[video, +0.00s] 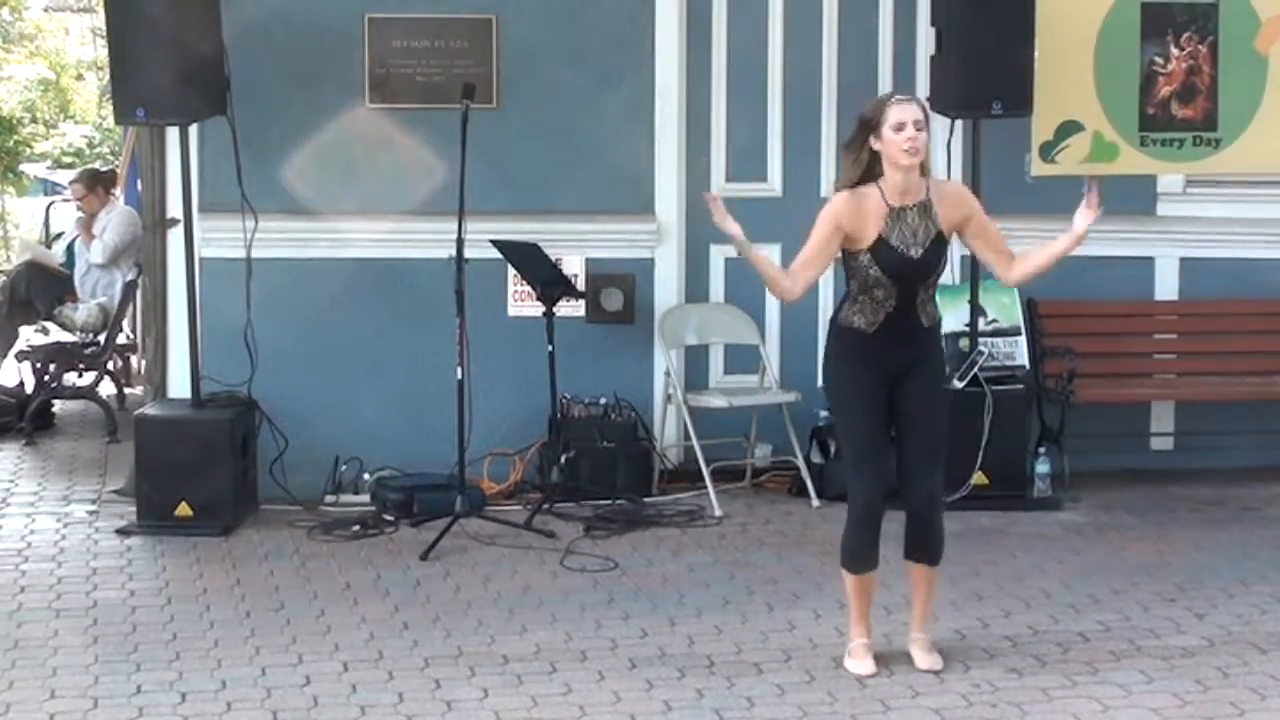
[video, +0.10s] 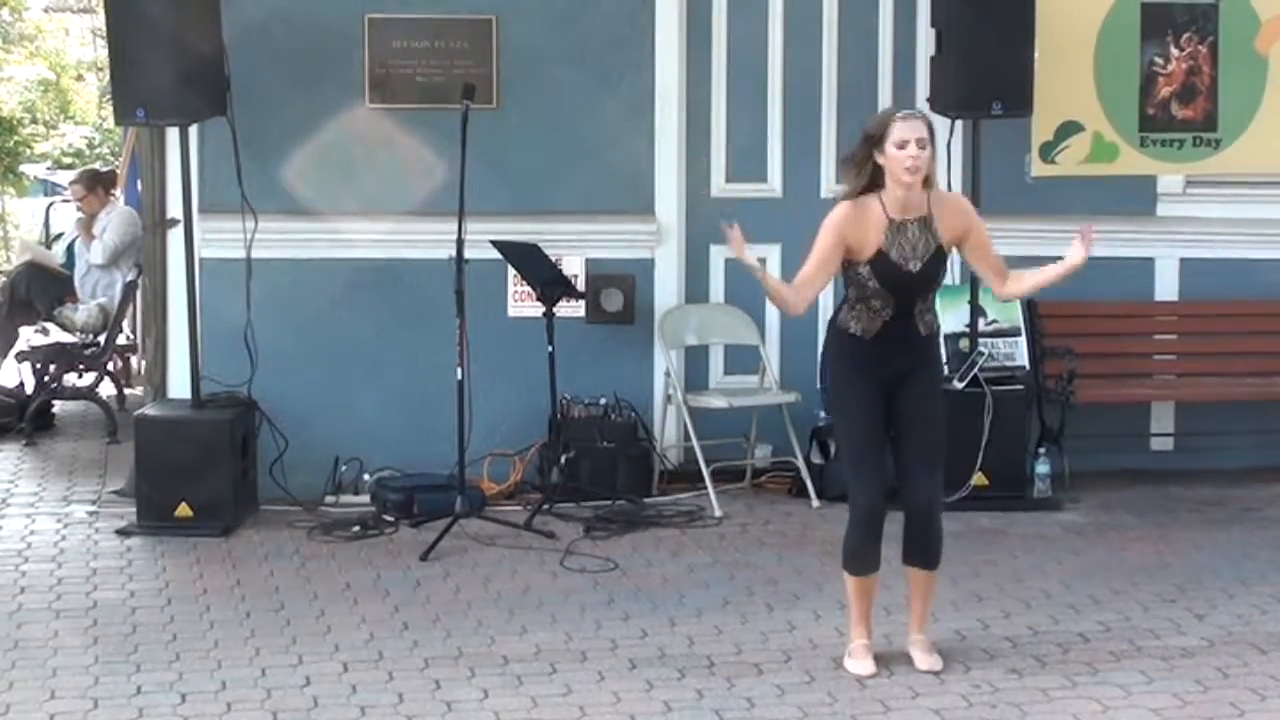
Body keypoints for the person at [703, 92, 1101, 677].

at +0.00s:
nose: (913, 136)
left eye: (920, 127)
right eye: (901, 128)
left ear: (930, 137)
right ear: (876, 140)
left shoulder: (953, 199)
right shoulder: (849, 206)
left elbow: (1012, 269)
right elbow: (791, 287)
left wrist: (1072, 236)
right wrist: (743, 242)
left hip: (920, 357)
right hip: (854, 358)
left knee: (926, 492)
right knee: (869, 490)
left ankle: (920, 633)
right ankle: (859, 637)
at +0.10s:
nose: (914, 154)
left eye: (922, 144)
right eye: (902, 145)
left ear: (933, 153)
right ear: (879, 154)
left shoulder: (953, 210)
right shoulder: (850, 217)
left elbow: (1005, 283)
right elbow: (796, 301)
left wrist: (1069, 263)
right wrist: (753, 265)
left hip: (918, 362)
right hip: (854, 364)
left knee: (925, 497)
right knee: (869, 495)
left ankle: (918, 634)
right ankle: (860, 638)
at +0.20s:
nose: (914, 173)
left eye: (923, 164)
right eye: (903, 164)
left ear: (934, 169)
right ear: (881, 170)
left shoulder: (954, 223)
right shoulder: (851, 228)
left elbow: (995, 299)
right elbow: (801, 313)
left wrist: (1054, 294)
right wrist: (769, 293)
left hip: (916, 368)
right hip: (852, 369)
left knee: (925, 499)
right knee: (869, 497)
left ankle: (919, 635)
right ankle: (859, 639)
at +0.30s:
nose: (915, 193)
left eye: (924, 183)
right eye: (904, 183)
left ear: (936, 185)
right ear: (882, 185)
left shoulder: (953, 233)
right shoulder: (851, 239)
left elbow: (987, 308)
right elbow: (804, 321)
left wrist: (1041, 318)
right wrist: (781, 316)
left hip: (914, 370)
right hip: (849, 371)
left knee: (926, 498)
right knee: (869, 497)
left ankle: (918, 635)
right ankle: (859, 639)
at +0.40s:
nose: (913, 215)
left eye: (923, 204)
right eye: (902, 204)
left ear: (936, 203)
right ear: (882, 202)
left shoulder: (955, 247)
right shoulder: (850, 251)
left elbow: (983, 314)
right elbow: (807, 321)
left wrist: (1024, 339)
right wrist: (793, 334)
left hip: (913, 374)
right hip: (848, 375)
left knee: (926, 506)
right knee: (869, 503)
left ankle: (916, 636)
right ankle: (860, 640)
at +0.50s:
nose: (912, 233)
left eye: (922, 222)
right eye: (902, 222)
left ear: (937, 218)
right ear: (883, 217)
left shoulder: (956, 255)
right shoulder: (850, 260)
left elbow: (979, 320)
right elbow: (801, 329)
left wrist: (1002, 352)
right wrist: (804, 355)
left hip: (913, 377)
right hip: (848, 379)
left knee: (926, 504)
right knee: (869, 502)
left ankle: (916, 637)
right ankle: (859, 640)